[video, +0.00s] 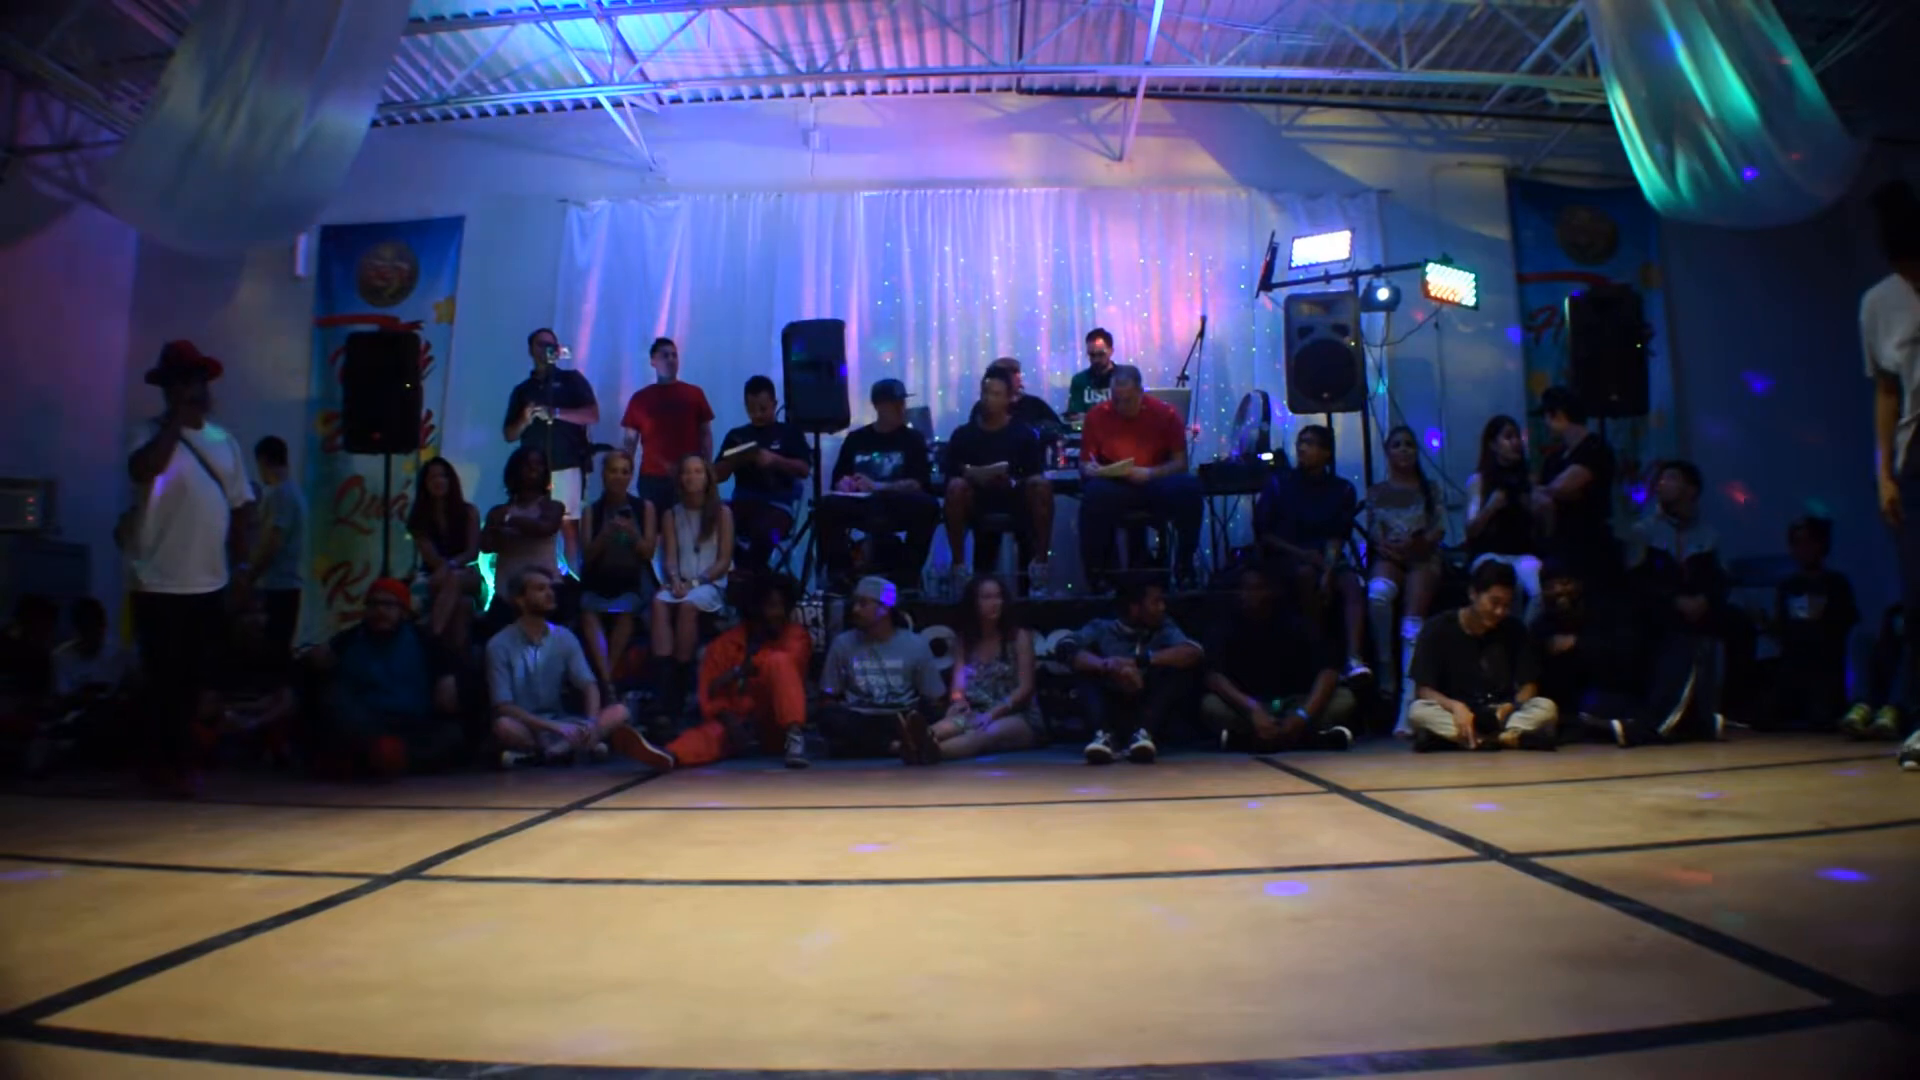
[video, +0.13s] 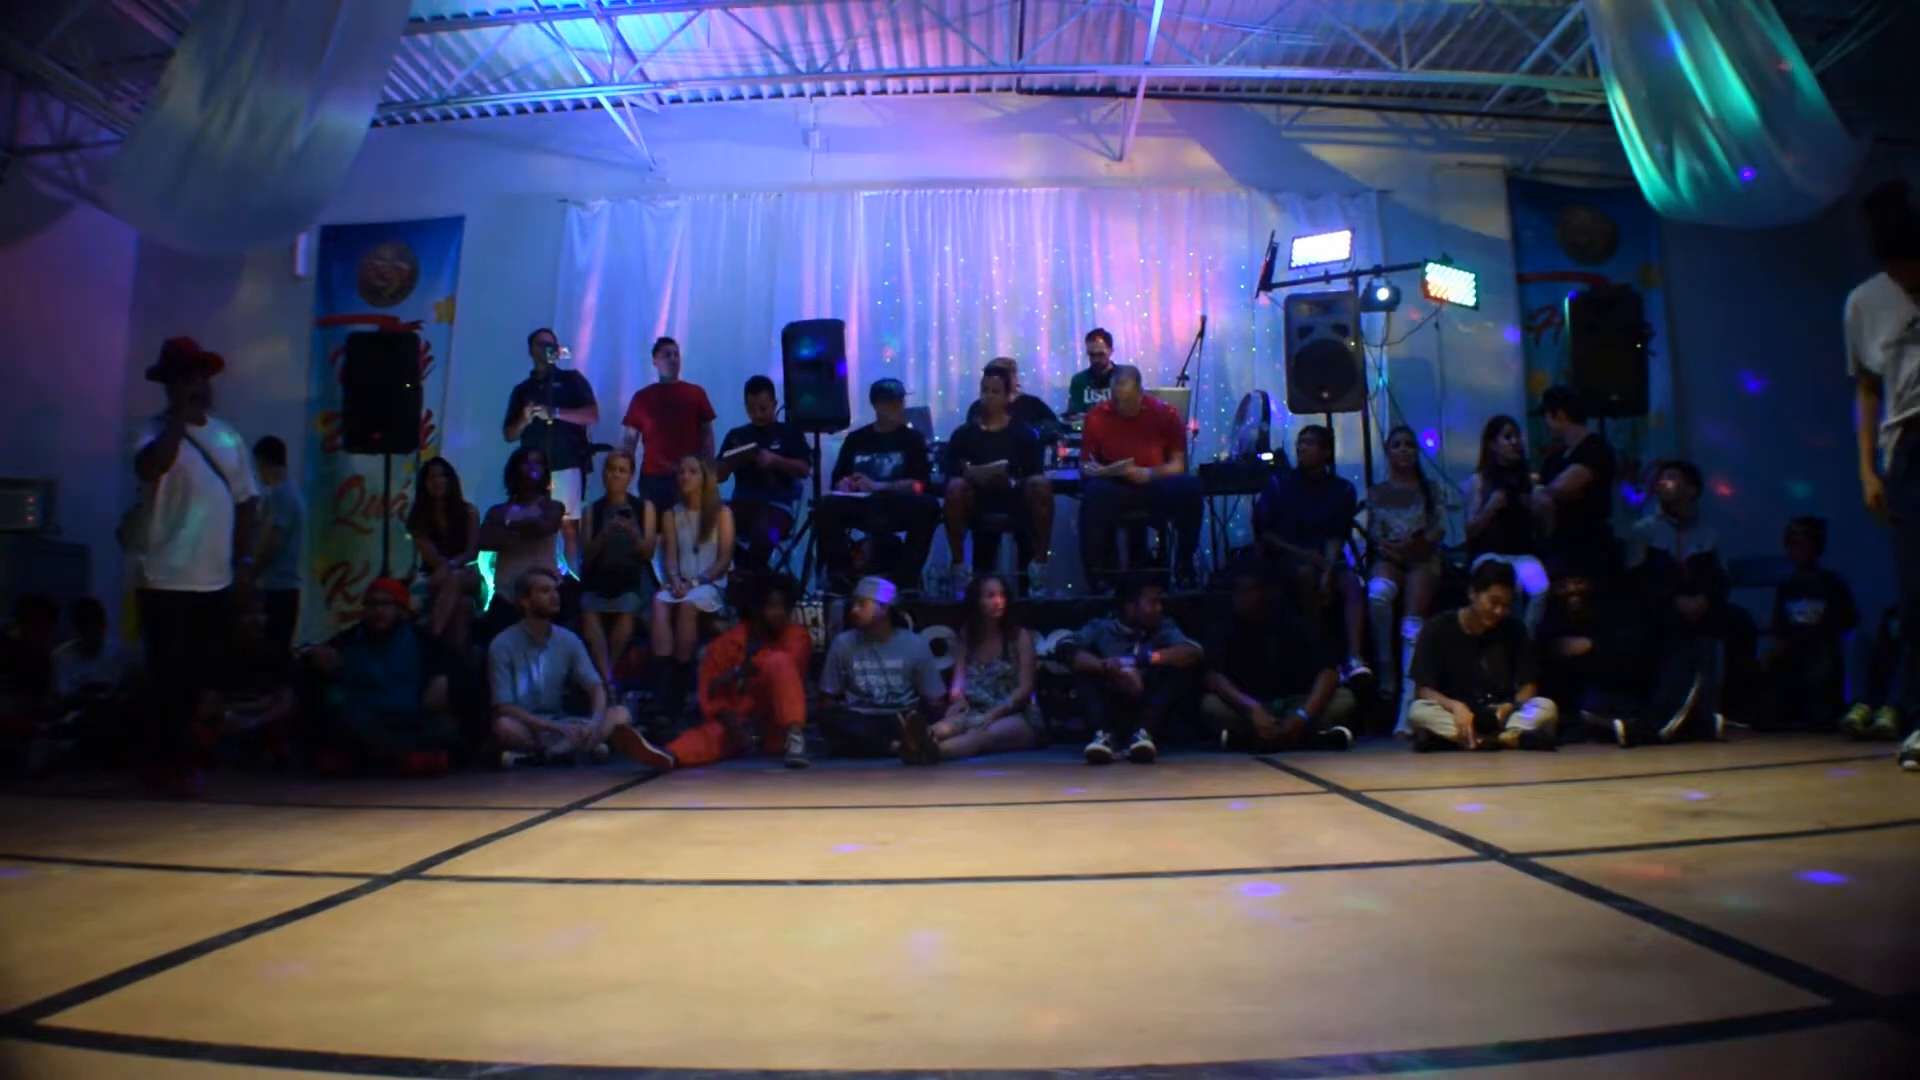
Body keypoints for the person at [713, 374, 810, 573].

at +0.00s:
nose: (757, 415)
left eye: (763, 409)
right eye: (752, 409)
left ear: (774, 405)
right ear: (746, 407)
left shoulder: (790, 433)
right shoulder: (736, 435)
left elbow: (804, 468)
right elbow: (718, 474)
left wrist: (773, 460)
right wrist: (741, 459)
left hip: (778, 502)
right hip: (743, 501)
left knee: (763, 535)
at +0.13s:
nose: (757, 414)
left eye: (763, 408)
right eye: (752, 408)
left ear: (774, 405)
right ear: (746, 407)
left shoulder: (790, 433)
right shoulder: (737, 435)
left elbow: (803, 469)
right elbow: (719, 475)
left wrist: (773, 460)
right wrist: (739, 459)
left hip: (778, 503)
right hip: (743, 501)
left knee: (764, 536)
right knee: (724, 529)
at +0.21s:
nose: (758, 414)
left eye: (763, 408)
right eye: (753, 409)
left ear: (775, 405)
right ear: (746, 407)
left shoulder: (789, 433)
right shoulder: (736, 435)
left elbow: (804, 469)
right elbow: (719, 475)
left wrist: (774, 460)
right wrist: (737, 459)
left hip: (777, 503)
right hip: (742, 501)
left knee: (764, 536)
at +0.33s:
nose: (758, 414)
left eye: (763, 407)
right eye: (753, 408)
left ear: (775, 404)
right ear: (747, 407)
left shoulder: (790, 433)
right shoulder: (737, 435)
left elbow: (804, 469)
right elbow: (720, 474)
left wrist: (774, 459)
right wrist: (735, 458)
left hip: (777, 502)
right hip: (743, 501)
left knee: (764, 537)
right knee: (729, 532)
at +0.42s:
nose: (758, 414)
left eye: (763, 408)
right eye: (753, 408)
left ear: (775, 404)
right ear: (747, 407)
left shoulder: (790, 433)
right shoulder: (736, 435)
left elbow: (804, 469)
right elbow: (719, 475)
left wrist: (775, 459)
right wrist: (731, 460)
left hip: (777, 501)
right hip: (743, 500)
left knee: (762, 537)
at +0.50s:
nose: (758, 414)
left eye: (763, 408)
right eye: (753, 408)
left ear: (775, 404)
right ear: (747, 407)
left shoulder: (790, 433)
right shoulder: (737, 435)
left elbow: (804, 468)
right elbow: (719, 476)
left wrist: (776, 459)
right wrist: (732, 459)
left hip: (777, 502)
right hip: (744, 501)